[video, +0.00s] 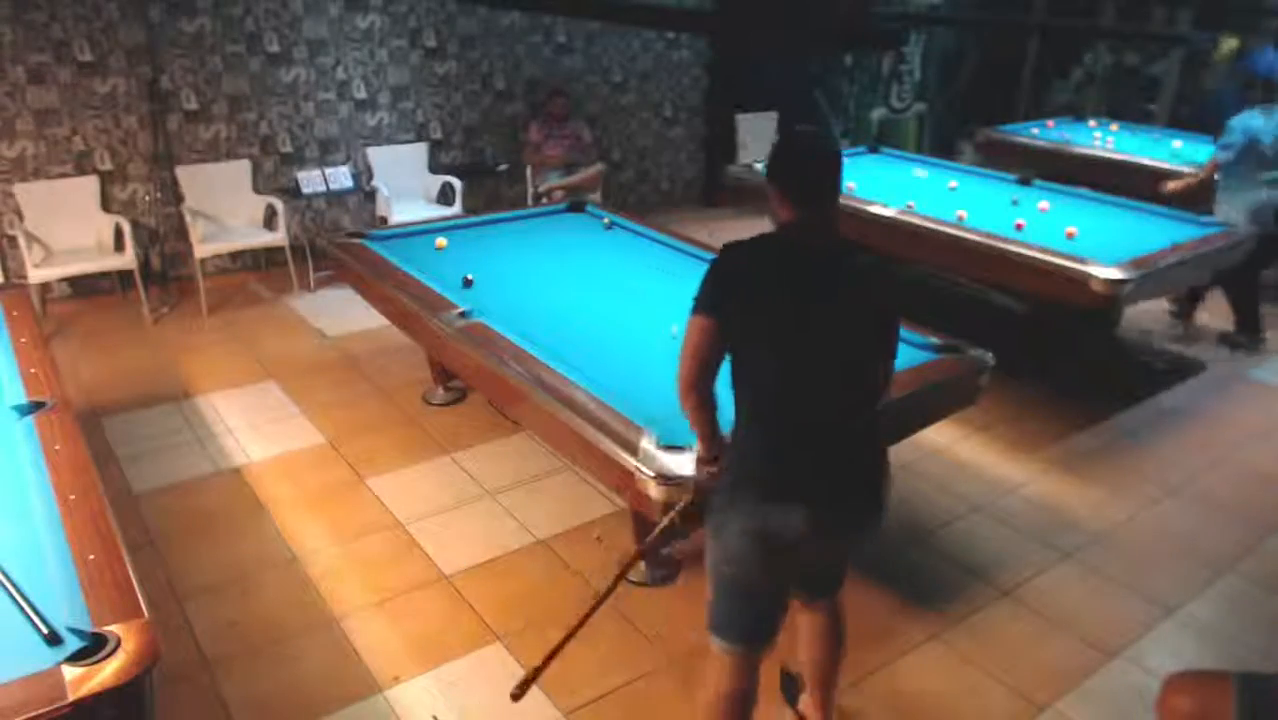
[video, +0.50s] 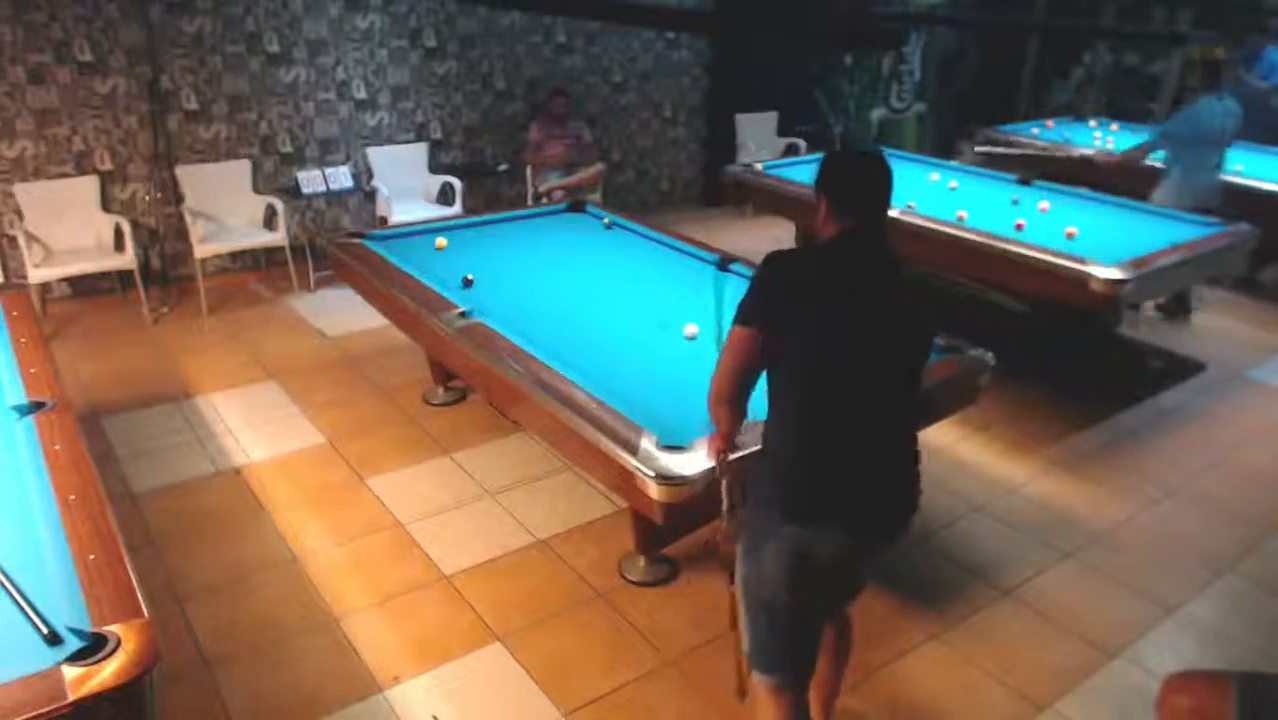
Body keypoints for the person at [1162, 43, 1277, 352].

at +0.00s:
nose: (1240, 89)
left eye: (1244, 84)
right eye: (1243, 84)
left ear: (1254, 87)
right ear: (1271, 88)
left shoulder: (1245, 124)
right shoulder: (1269, 121)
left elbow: (1215, 166)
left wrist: (1181, 185)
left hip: (1242, 220)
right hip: (1267, 218)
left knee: (1241, 275)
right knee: (1212, 260)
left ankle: (1248, 332)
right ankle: (1187, 303)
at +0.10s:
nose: (1221, 87)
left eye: (1227, 82)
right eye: (1226, 81)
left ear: (1238, 85)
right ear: (1263, 86)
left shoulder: (1233, 121)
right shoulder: (1271, 120)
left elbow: (1210, 161)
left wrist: (1180, 182)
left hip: (1224, 203)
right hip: (1256, 201)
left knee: (1224, 267)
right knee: (1204, 255)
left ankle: (1245, 326)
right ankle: (1181, 304)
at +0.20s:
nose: (1222, 88)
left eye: (1225, 83)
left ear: (1232, 85)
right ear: (1255, 86)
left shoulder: (1226, 116)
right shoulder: (1268, 119)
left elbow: (1199, 155)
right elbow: (1269, 159)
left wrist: (1168, 178)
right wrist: (1247, 172)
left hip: (1209, 192)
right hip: (1241, 193)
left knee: (1204, 254)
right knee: (1203, 252)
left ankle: (1232, 313)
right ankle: (1181, 303)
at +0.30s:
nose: (1202, 84)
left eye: (1206, 79)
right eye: (1204, 77)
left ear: (1217, 81)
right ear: (1236, 80)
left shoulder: (1212, 114)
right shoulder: (1254, 114)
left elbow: (1187, 152)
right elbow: (1256, 151)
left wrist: (1146, 167)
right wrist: (1234, 162)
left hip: (1201, 186)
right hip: (1230, 187)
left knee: (1180, 239)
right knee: (1204, 242)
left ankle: (1207, 296)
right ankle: (1179, 301)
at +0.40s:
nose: (1202, 82)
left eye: (1205, 77)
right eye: (1203, 76)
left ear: (1212, 79)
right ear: (1230, 78)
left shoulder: (1209, 112)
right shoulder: (1243, 111)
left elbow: (1177, 141)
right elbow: (1238, 147)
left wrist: (1136, 160)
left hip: (1191, 184)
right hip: (1218, 185)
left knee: (1167, 235)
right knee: (1192, 241)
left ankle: (1174, 298)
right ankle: (1181, 298)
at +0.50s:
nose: (1191, 82)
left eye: (1194, 77)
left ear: (1198, 80)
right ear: (1220, 79)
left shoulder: (1192, 112)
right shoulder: (1233, 109)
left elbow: (1156, 141)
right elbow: (1225, 142)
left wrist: (1119, 159)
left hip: (1180, 183)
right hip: (1210, 184)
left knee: (1156, 233)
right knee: (1189, 240)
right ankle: (1179, 297)